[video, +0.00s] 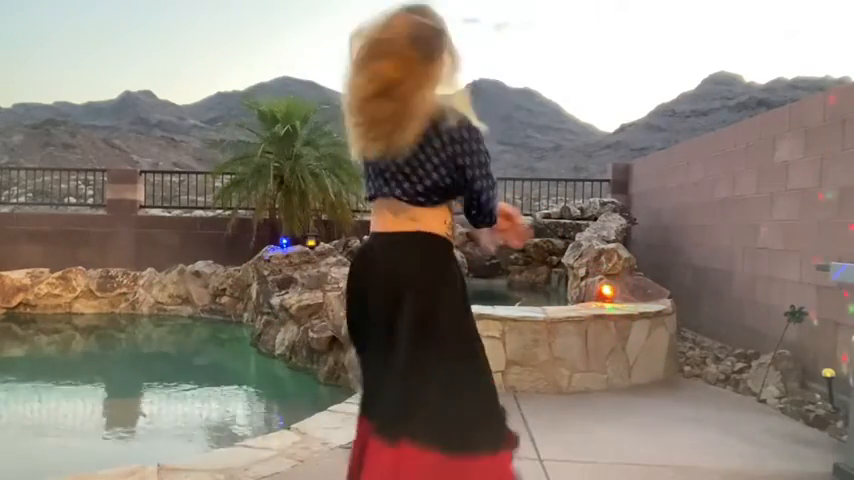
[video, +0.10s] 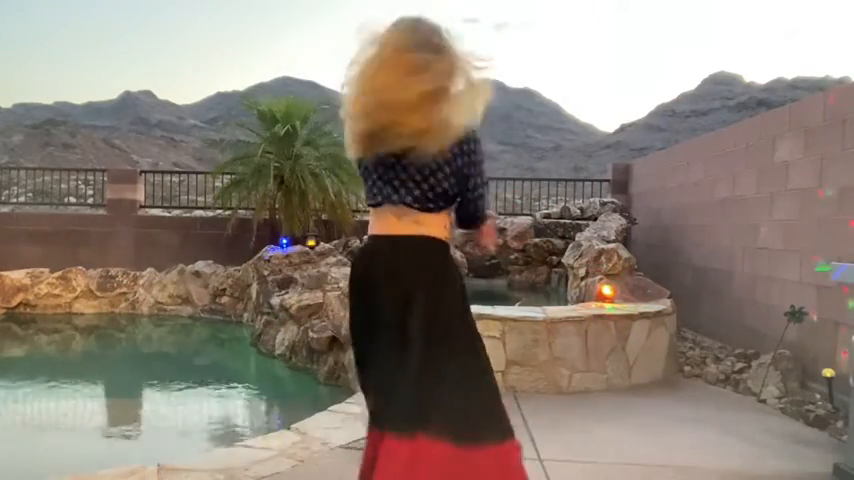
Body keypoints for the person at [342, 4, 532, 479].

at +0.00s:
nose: (450, 62)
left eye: (446, 54)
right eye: (446, 54)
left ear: (381, 58)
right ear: (439, 61)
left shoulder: (374, 119)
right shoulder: (455, 126)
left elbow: (417, 192)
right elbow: (482, 211)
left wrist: (491, 209)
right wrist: (503, 223)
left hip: (373, 262)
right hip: (428, 266)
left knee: (386, 394)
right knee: (457, 398)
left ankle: (388, 472)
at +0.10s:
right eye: (445, 64)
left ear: (381, 68)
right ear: (446, 71)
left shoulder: (369, 129)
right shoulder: (457, 133)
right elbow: (472, 213)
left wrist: (474, 223)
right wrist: (487, 235)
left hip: (372, 263)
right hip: (427, 266)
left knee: (387, 391)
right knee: (457, 390)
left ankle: (395, 469)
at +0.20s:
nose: (379, 76)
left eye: (384, 68)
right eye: (382, 66)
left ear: (396, 78)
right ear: (443, 81)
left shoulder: (370, 136)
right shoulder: (455, 141)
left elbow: (360, 190)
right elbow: (452, 210)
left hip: (369, 259)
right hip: (425, 261)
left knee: (380, 374)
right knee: (443, 375)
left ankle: (391, 464)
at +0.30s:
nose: (381, 79)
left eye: (390, 72)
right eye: (384, 71)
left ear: (418, 78)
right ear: (431, 79)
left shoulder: (373, 132)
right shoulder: (451, 136)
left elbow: (352, 192)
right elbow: (443, 204)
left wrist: (398, 185)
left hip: (374, 260)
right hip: (424, 262)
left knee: (379, 381)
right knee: (449, 375)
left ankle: (385, 471)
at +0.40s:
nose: (390, 79)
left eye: (402, 72)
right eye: (390, 70)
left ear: (427, 85)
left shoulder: (394, 131)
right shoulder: (425, 131)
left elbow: (342, 198)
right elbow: (406, 208)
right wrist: (357, 244)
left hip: (393, 255)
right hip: (419, 250)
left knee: (390, 365)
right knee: (442, 361)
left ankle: (385, 461)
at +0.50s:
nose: (392, 78)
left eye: (403, 73)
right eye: (390, 71)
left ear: (427, 85)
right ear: (387, 75)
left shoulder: (408, 131)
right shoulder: (407, 128)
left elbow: (369, 194)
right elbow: (385, 200)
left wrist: (315, 223)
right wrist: (360, 258)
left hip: (397, 255)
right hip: (402, 250)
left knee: (396, 364)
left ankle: (394, 460)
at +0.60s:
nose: (394, 78)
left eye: (404, 71)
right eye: (388, 70)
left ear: (420, 83)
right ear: (378, 78)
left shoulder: (414, 136)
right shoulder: (387, 130)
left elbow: (396, 208)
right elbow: (384, 197)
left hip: (404, 253)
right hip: (385, 249)